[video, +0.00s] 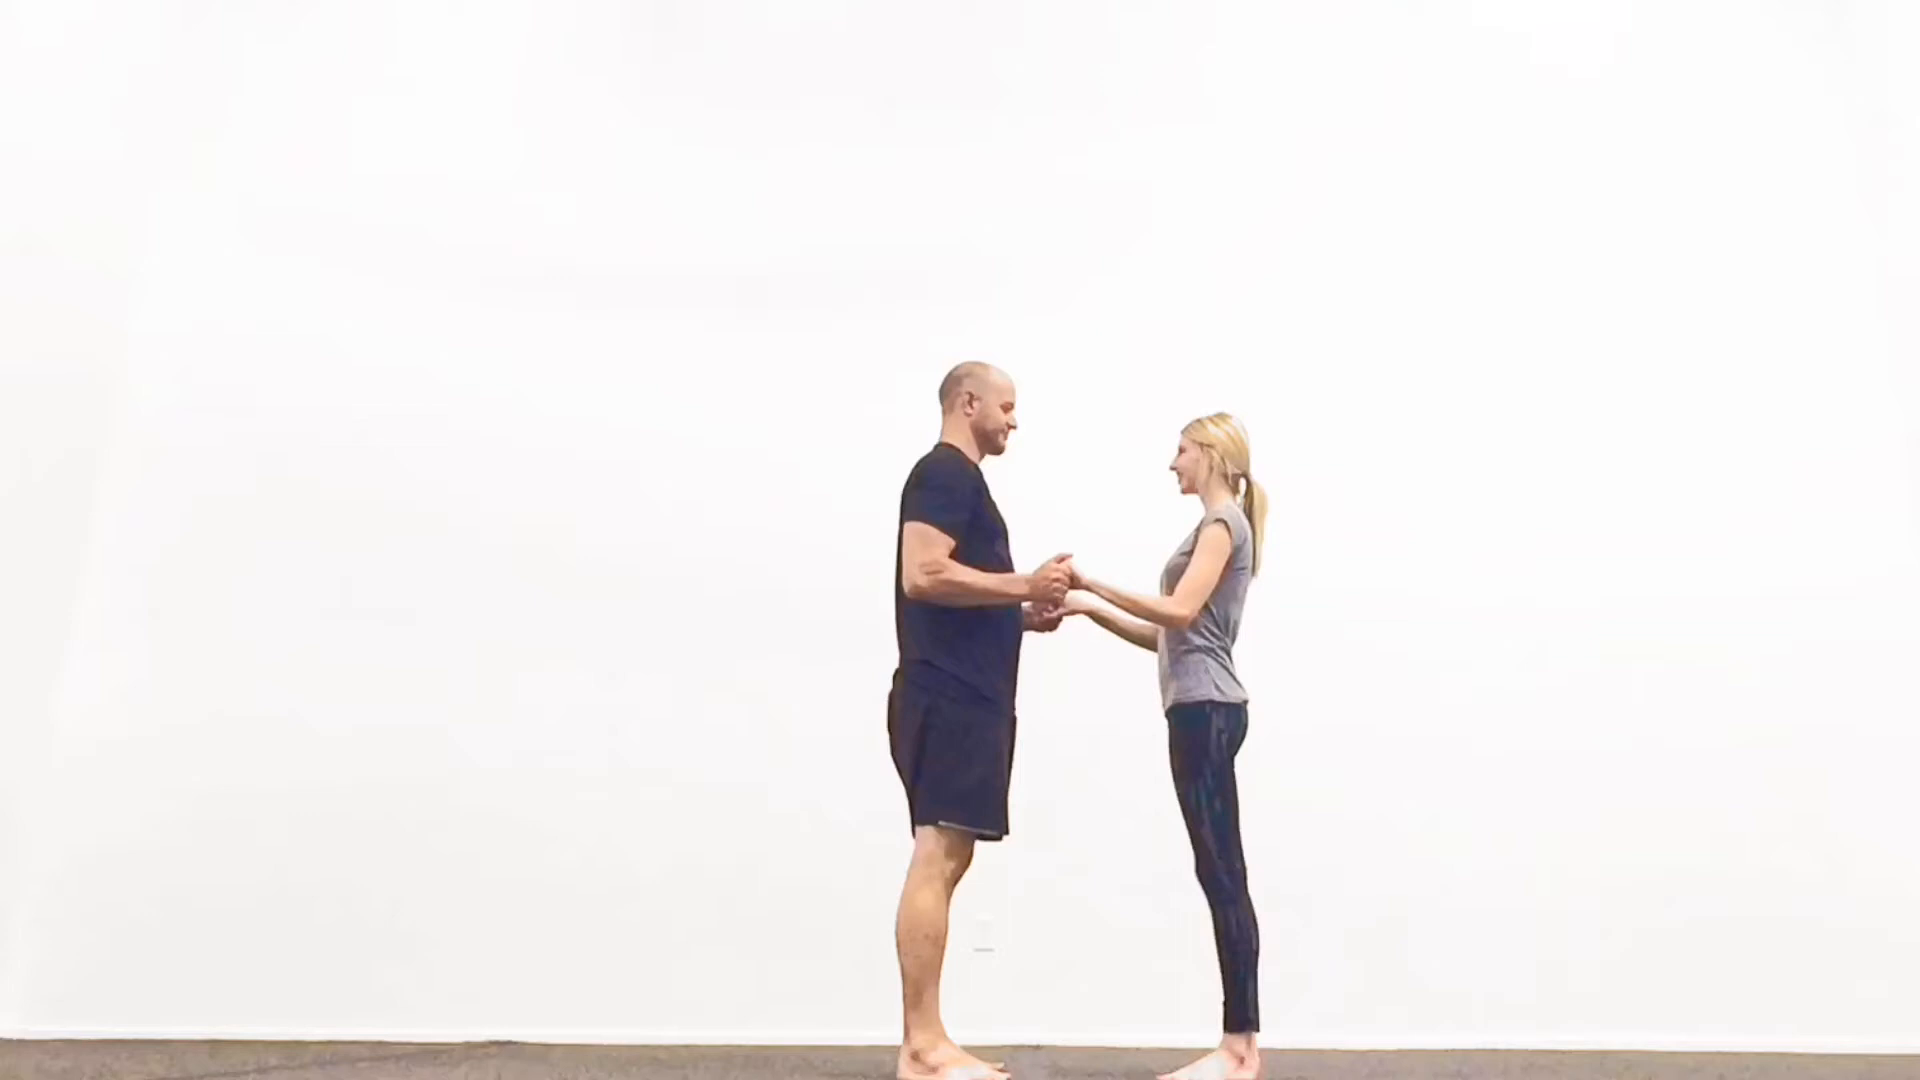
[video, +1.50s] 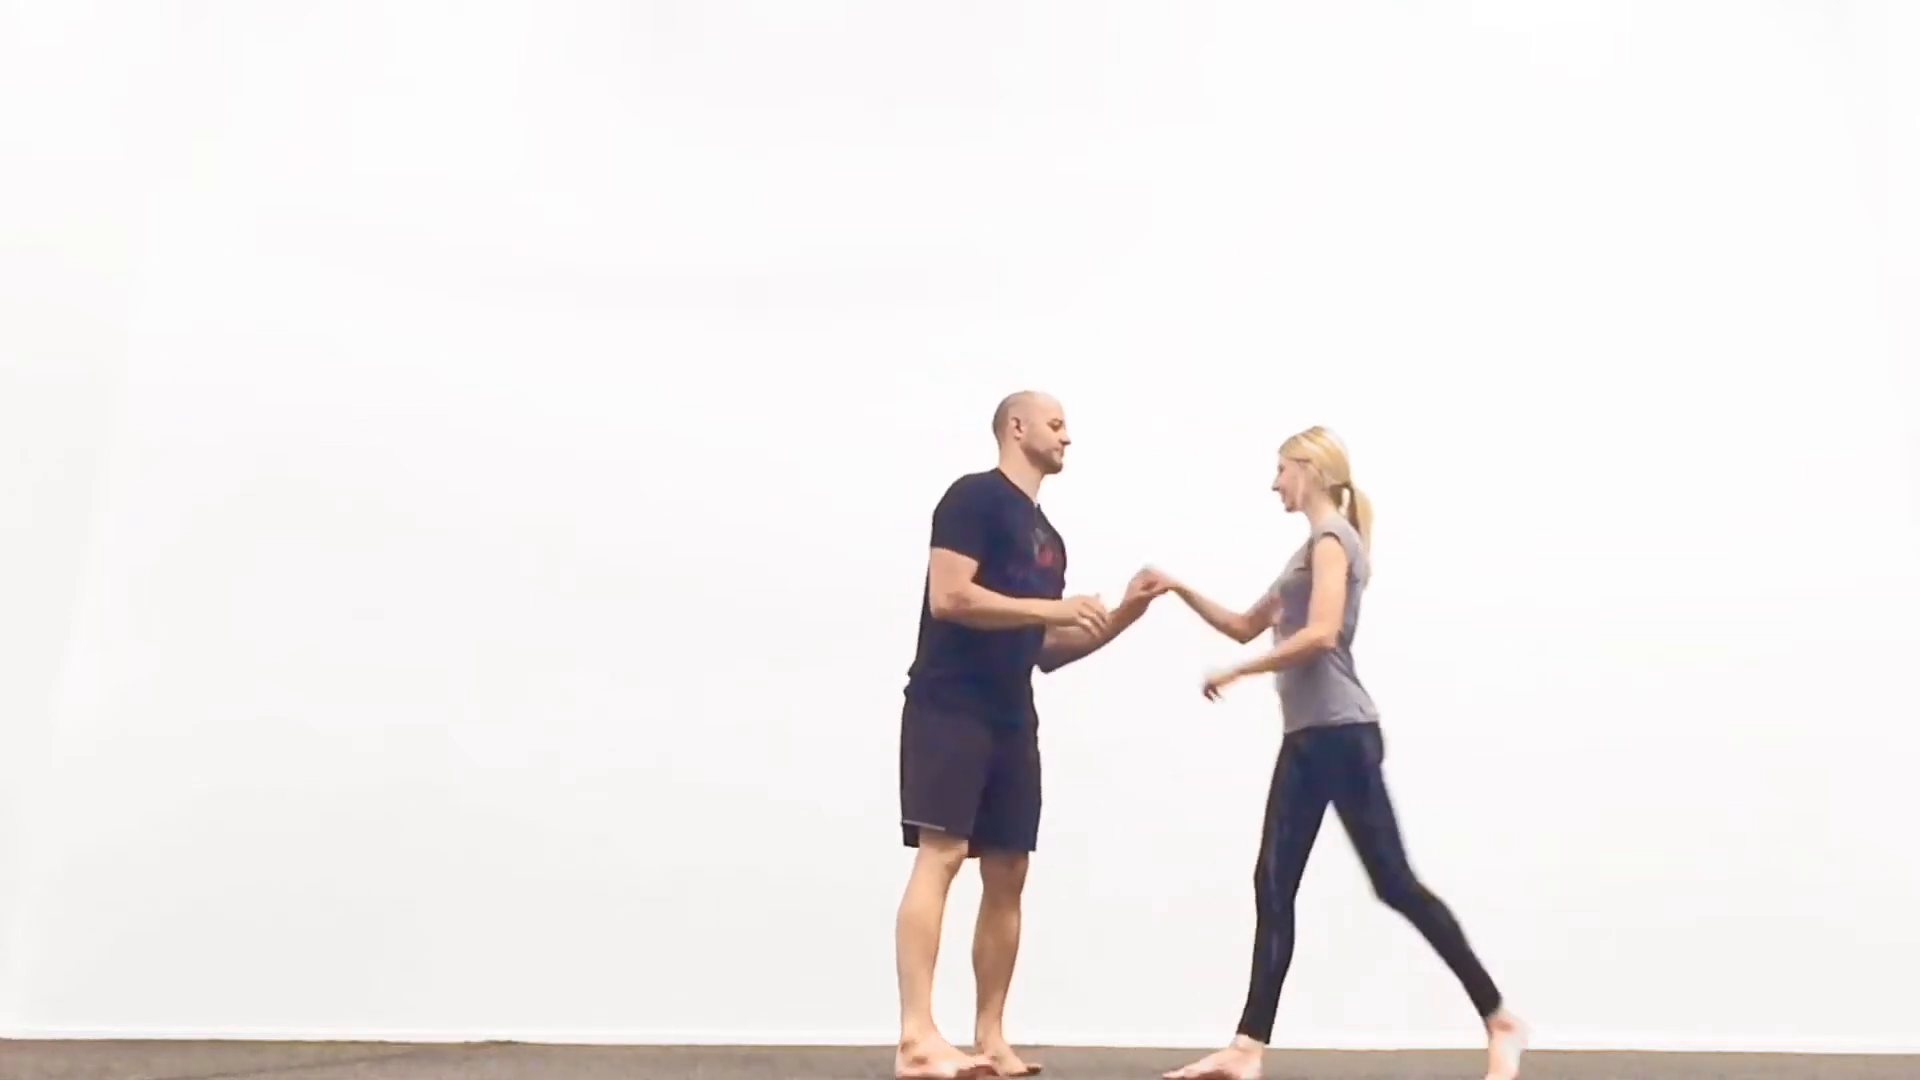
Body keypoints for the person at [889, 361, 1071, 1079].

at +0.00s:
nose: (1014, 421)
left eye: (1014, 410)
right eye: (1006, 408)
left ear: (969, 404)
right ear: (968, 405)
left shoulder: (963, 479)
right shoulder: (943, 470)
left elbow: (950, 594)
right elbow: (923, 574)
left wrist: (1025, 613)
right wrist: (1024, 586)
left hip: (963, 694)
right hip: (948, 694)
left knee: (945, 859)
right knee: (938, 859)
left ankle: (924, 1043)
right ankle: (924, 1045)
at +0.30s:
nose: (1017, 420)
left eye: (1017, 409)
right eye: (1010, 407)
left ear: (972, 402)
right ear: (971, 403)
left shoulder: (965, 477)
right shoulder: (947, 468)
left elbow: (950, 595)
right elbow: (925, 573)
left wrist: (1025, 612)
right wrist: (1025, 585)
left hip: (964, 693)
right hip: (947, 693)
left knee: (950, 859)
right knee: (939, 858)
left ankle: (925, 1042)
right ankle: (923, 1044)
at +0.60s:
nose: (1026, 422)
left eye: (1027, 410)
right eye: (1019, 408)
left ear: (980, 404)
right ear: (980, 404)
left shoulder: (973, 479)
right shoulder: (952, 470)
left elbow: (951, 596)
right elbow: (918, 572)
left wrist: (1026, 606)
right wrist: (1018, 582)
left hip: (969, 694)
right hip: (950, 694)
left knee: (950, 862)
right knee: (943, 861)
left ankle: (924, 1042)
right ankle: (923, 1045)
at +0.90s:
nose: (1055, 423)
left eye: (1054, 412)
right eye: (1046, 410)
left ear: (1011, 414)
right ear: (1005, 411)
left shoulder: (1000, 488)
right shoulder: (977, 476)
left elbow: (965, 601)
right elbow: (922, 569)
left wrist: (1032, 609)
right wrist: (1023, 585)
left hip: (990, 697)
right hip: (954, 695)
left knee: (1009, 859)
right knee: (963, 858)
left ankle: (943, 1029)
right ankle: (922, 1045)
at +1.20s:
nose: (1065, 429)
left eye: (1063, 418)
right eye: (1055, 416)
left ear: (1018, 423)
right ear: (1014, 419)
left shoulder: (1015, 499)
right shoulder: (988, 487)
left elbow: (993, 611)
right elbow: (961, 591)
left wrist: (1056, 630)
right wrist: (1064, 607)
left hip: (1000, 704)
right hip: (956, 701)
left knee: (1025, 863)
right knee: (964, 857)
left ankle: (995, 1033)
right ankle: (922, 1046)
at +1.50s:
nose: (1067, 438)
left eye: (1066, 428)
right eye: (1055, 425)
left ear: (1028, 431)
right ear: (1015, 428)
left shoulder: (1049, 540)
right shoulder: (973, 494)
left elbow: (1041, 651)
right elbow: (948, 598)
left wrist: (1122, 615)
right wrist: (1051, 609)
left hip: (1011, 715)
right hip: (949, 708)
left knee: (1006, 872)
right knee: (940, 855)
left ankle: (989, 1039)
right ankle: (916, 1038)